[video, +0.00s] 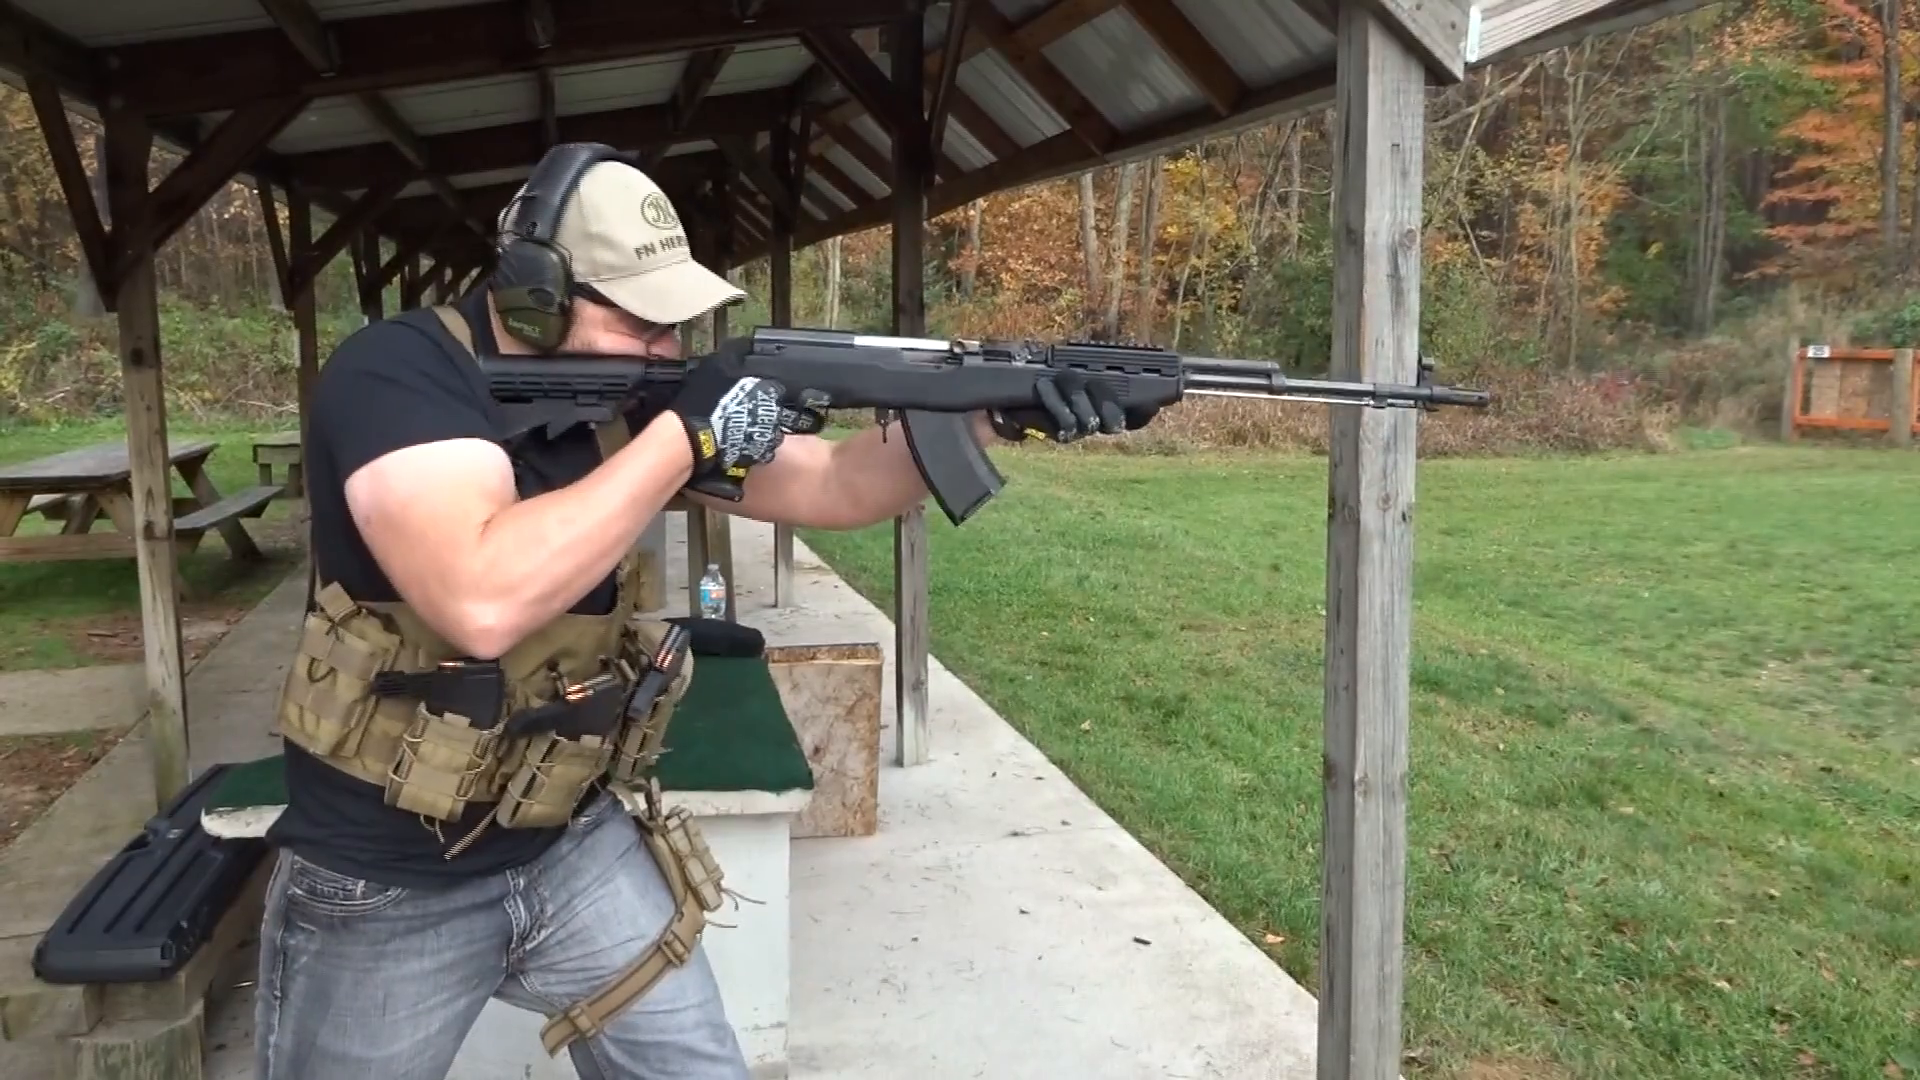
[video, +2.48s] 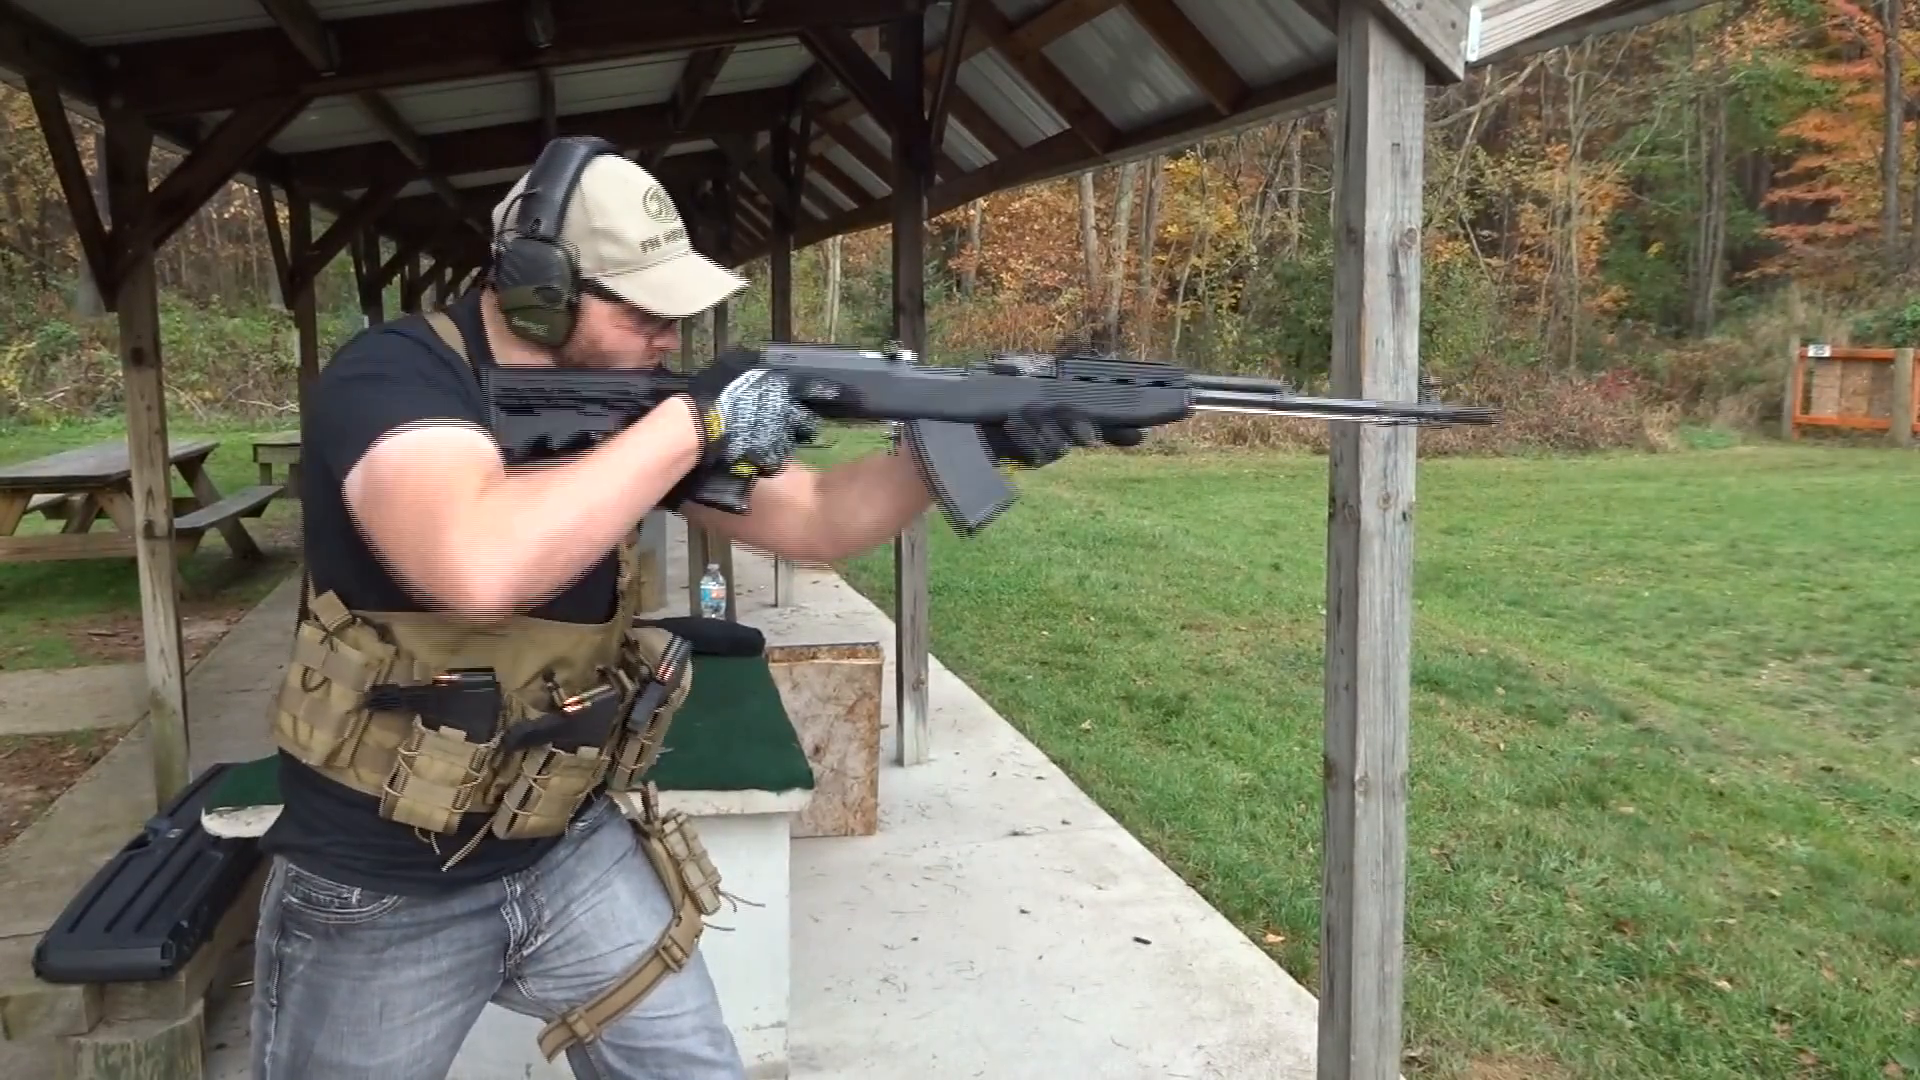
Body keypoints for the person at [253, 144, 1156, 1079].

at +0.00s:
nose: (659, 348)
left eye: (667, 325)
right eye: (632, 325)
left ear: (665, 298)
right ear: (535, 298)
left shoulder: (627, 392)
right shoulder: (388, 378)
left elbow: (833, 480)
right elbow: (481, 600)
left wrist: (1014, 402)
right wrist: (684, 432)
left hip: (579, 845)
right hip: (385, 890)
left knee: (701, 1061)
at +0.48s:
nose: (662, 358)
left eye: (670, 334)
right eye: (636, 332)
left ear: (666, 306)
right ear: (538, 304)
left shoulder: (626, 403)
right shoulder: (387, 379)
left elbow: (835, 480)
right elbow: (477, 605)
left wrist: (1010, 407)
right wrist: (685, 437)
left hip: (578, 847)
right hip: (384, 893)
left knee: (699, 1063)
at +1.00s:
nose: (648, 352)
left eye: (656, 326)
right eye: (619, 326)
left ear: (660, 298)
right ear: (518, 299)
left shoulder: (623, 403)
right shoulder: (373, 379)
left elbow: (828, 482)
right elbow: (460, 603)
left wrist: (1005, 403)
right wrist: (677, 435)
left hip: (574, 849)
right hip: (380, 894)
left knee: (700, 1067)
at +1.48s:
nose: (642, 353)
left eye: (650, 328)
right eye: (615, 328)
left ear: (655, 300)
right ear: (516, 301)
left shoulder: (616, 402)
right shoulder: (368, 378)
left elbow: (824, 481)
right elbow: (453, 603)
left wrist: (1003, 399)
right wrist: (665, 434)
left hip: (574, 848)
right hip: (379, 894)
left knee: (699, 1064)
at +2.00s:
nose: (628, 352)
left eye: (638, 326)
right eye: (599, 326)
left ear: (646, 299)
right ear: (499, 297)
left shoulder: (604, 407)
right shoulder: (358, 379)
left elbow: (810, 482)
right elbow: (443, 601)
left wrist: (988, 400)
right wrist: (654, 432)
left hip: (573, 849)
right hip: (378, 894)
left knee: (695, 1066)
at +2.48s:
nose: (663, 341)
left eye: (669, 318)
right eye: (638, 316)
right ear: (537, 294)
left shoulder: (625, 403)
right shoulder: (384, 381)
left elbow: (813, 519)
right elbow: (473, 565)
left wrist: (988, 426)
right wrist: (689, 424)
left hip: (575, 848)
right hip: (380, 893)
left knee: (698, 1068)